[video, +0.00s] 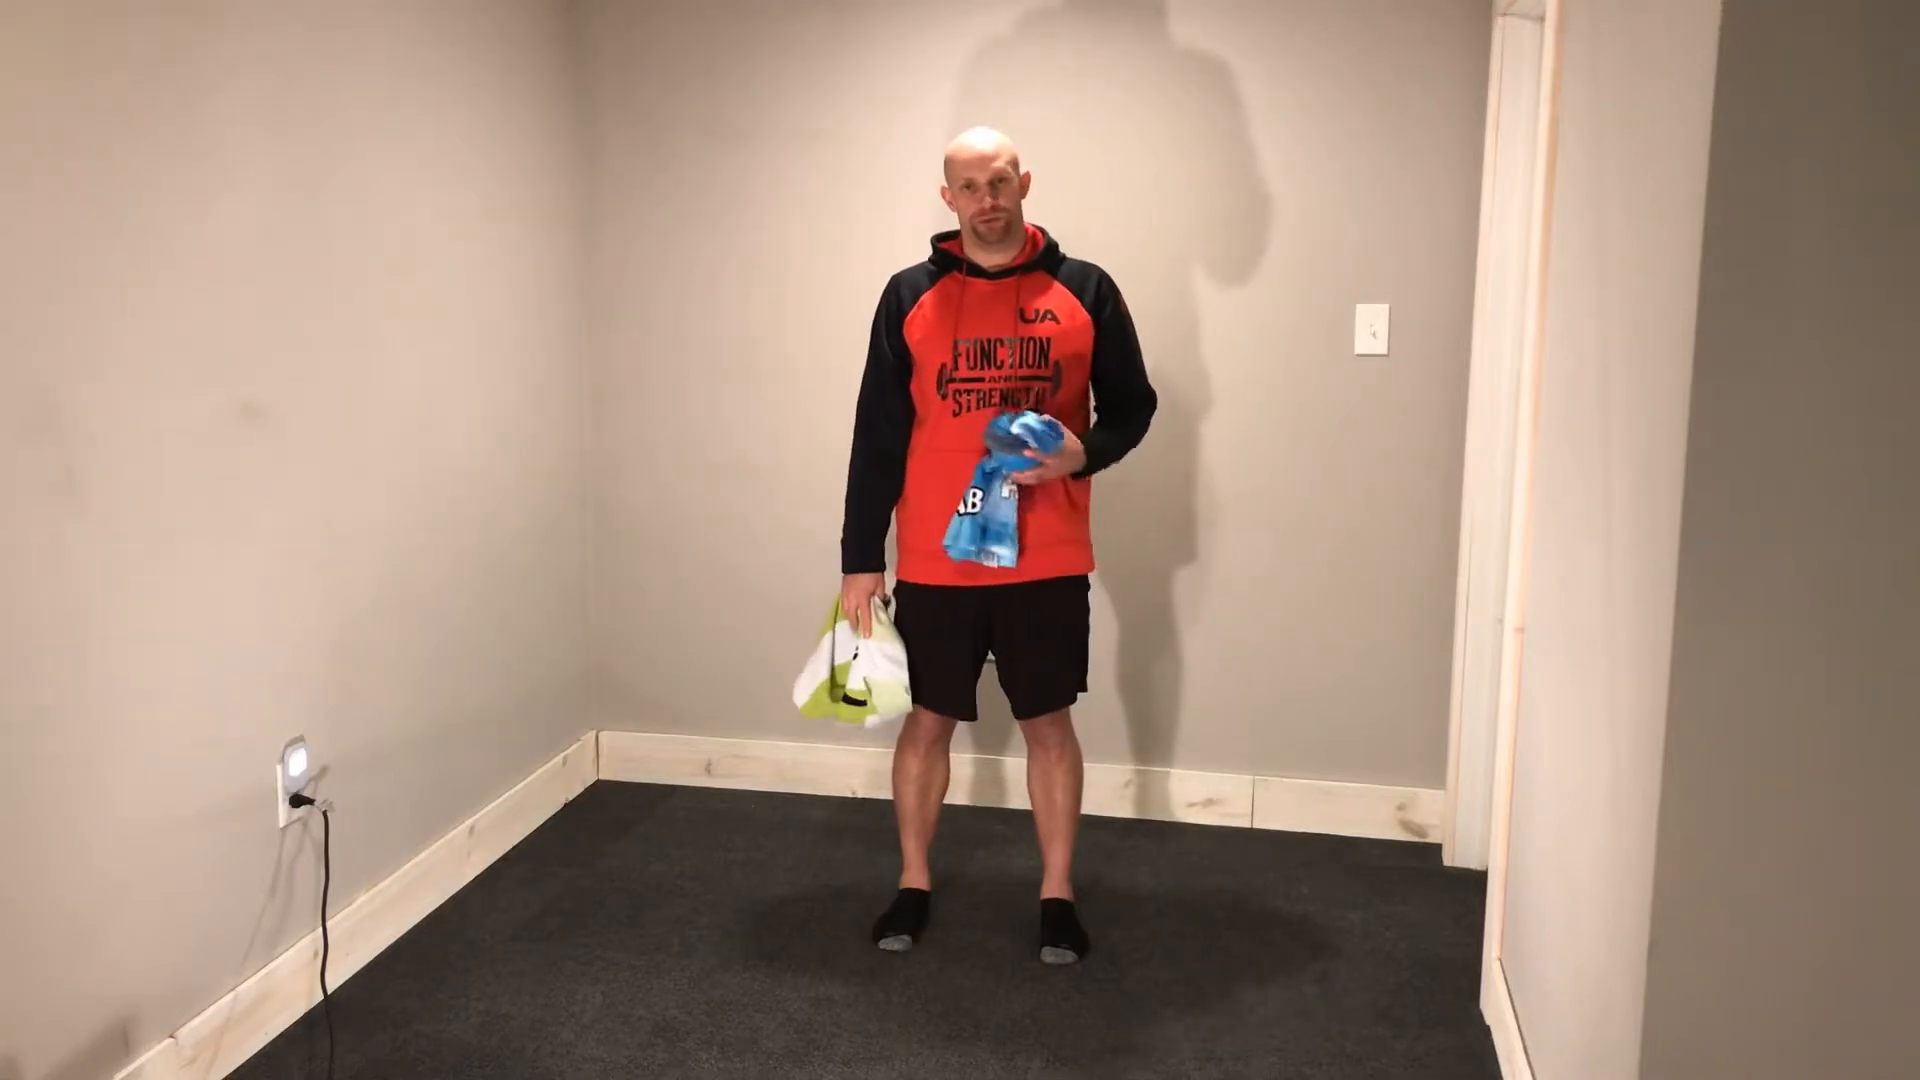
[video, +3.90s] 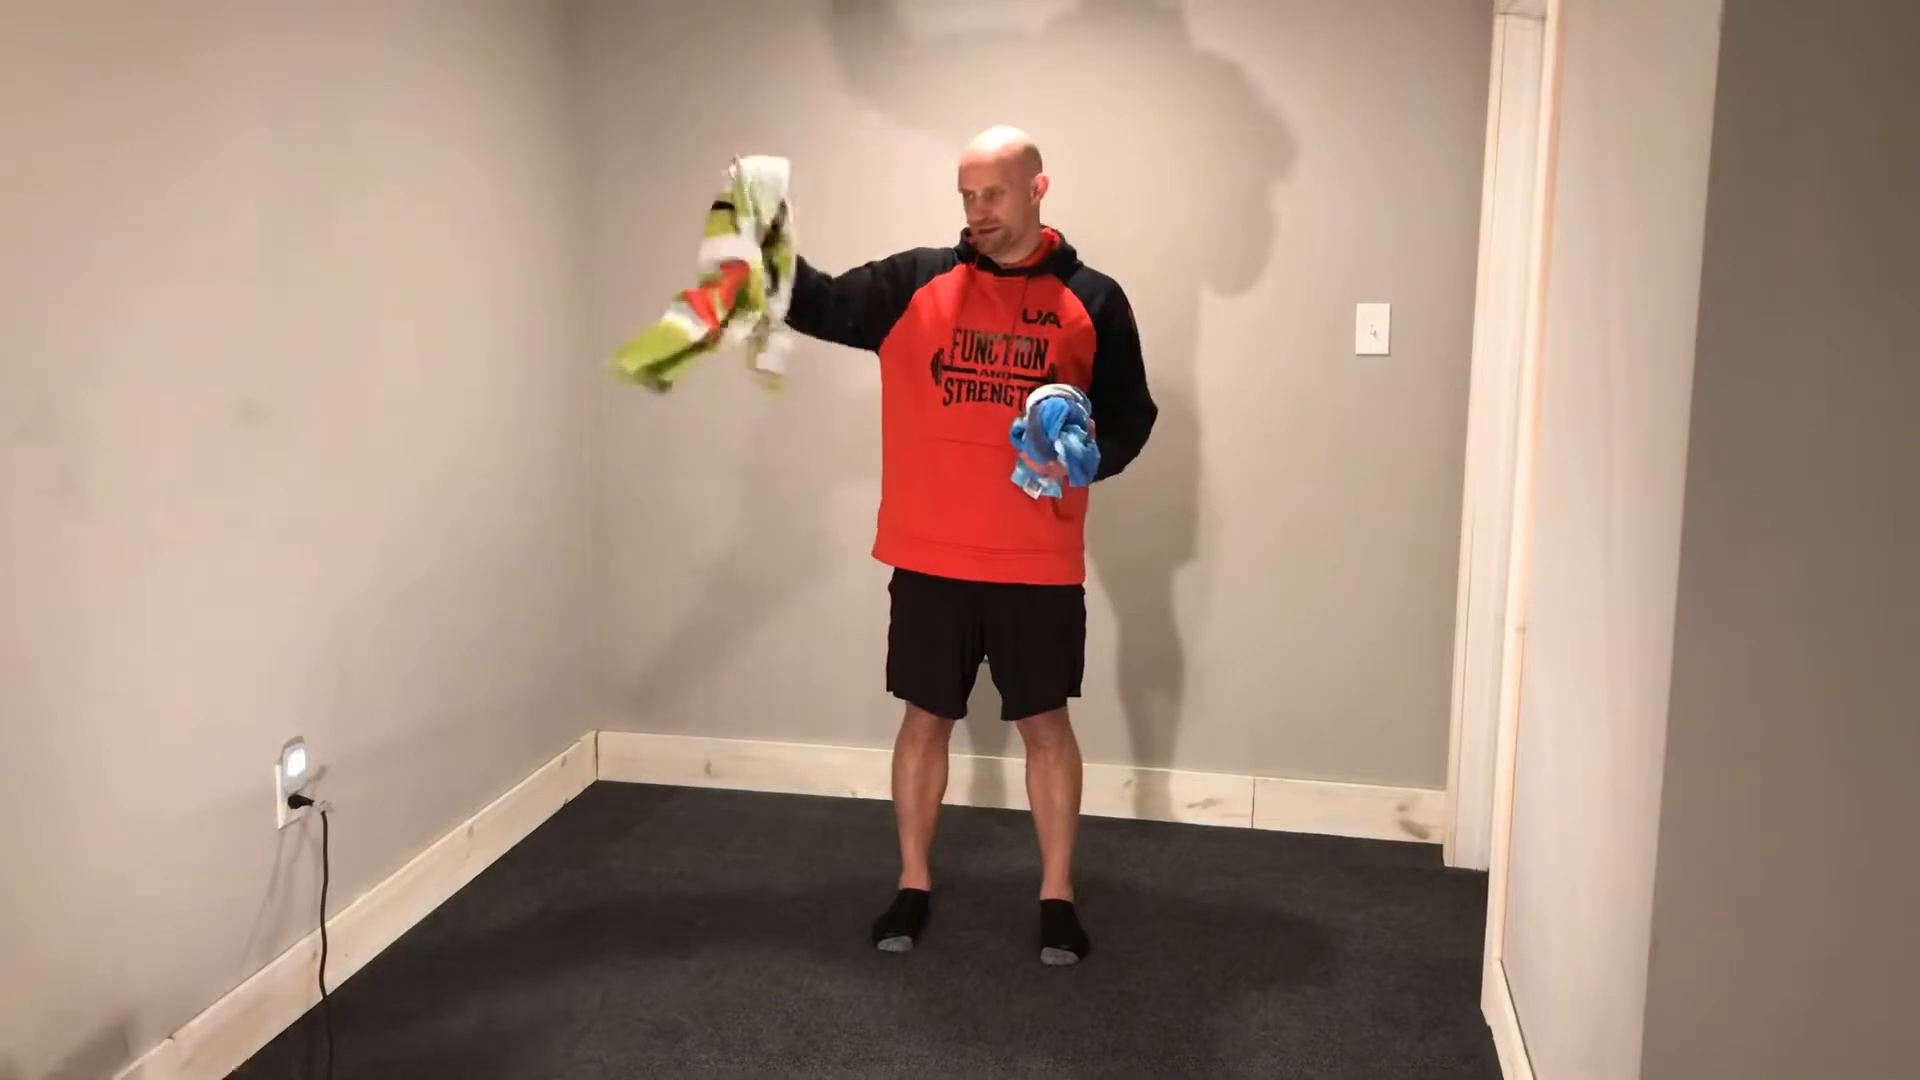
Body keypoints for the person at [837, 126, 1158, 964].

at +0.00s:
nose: (982, 201)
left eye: (996, 184)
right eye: (965, 187)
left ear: (1025, 184)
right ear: (946, 196)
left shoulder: (1085, 291)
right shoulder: (910, 297)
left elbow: (1133, 404)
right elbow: (878, 433)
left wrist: (1082, 455)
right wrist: (861, 557)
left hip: (1042, 556)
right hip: (937, 559)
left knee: (1047, 722)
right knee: (928, 721)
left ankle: (1057, 896)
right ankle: (912, 887)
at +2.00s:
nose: (993, 203)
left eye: (1006, 187)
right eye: (976, 188)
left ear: (1022, 188)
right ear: (943, 194)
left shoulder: (1072, 293)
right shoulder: (903, 297)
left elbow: (1124, 415)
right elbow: (873, 432)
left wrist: (1111, 386)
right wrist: (860, 557)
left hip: (1039, 561)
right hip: (933, 562)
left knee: (1044, 725)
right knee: (924, 723)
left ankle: (1057, 897)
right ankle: (911, 887)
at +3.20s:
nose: (986, 205)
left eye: (1000, 187)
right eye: (970, 190)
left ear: (1030, 185)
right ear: (951, 194)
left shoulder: (1090, 293)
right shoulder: (913, 294)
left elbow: (1128, 403)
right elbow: (854, 402)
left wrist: (1091, 445)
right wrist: (805, 500)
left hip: (1045, 559)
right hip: (938, 558)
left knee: (1048, 723)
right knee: (927, 718)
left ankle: (1058, 898)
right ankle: (912, 887)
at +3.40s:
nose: (962, 222)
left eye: (976, 206)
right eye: (953, 205)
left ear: (1026, 191)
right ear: (946, 199)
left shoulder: (1091, 296)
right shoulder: (918, 288)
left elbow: (1131, 409)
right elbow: (850, 366)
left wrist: (1091, 444)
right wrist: (778, 386)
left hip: (1043, 558)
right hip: (937, 555)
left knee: (1046, 721)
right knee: (927, 716)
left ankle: (1058, 897)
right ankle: (912, 888)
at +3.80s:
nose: (973, 216)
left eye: (987, 199)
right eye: (964, 199)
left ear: (1036, 190)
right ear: (957, 197)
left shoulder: (1093, 300)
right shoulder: (917, 280)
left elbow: (1130, 413)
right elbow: (831, 320)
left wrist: (1087, 458)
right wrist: (764, 265)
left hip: (1039, 560)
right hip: (932, 553)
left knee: (1044, 721)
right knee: (926, 716)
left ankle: (1058, 898)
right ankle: (912, 886)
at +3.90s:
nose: (977, 214)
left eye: (992, 197)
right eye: (967, 198)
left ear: (1037, 190)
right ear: (959, 196)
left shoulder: (1092, 300)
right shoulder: (916, 281)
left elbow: (1131, 416)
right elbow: (822, 302)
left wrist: (1085, 453)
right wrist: (761, 239)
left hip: (1037, 559)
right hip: (932, 551)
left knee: (1044, 721)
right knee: (926, 716)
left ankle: (1057, 899)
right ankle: (913, 888)